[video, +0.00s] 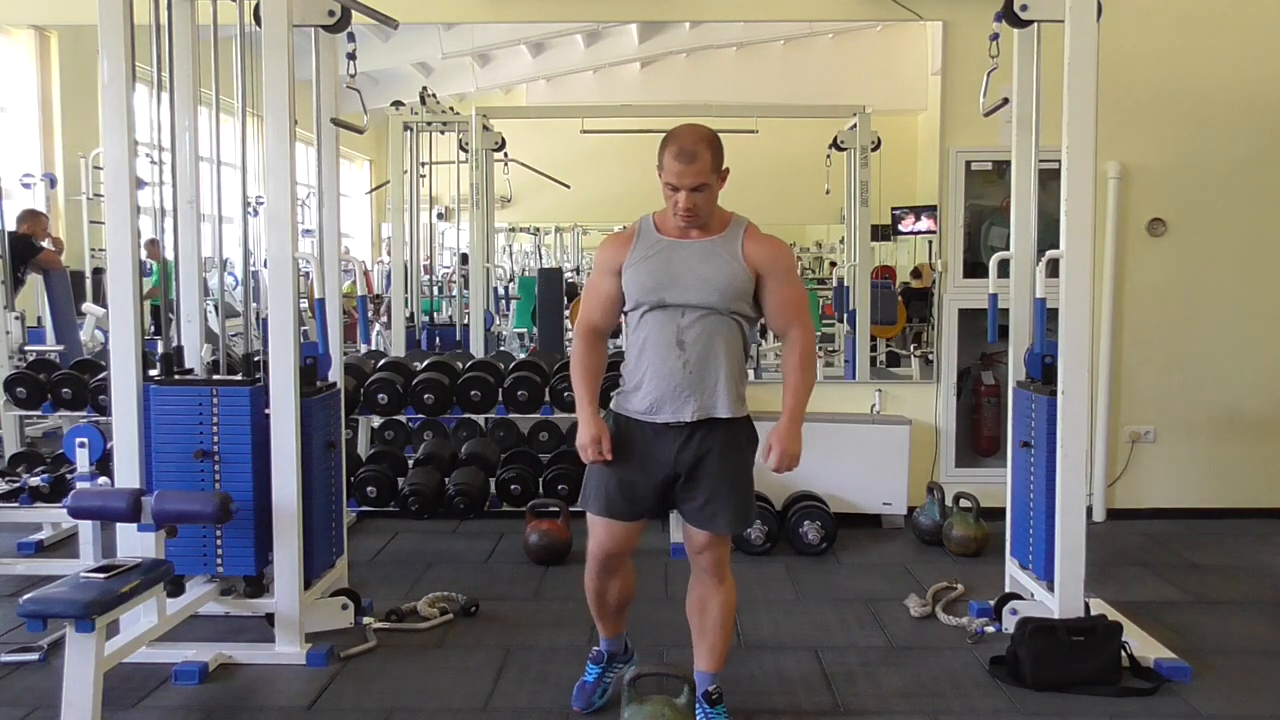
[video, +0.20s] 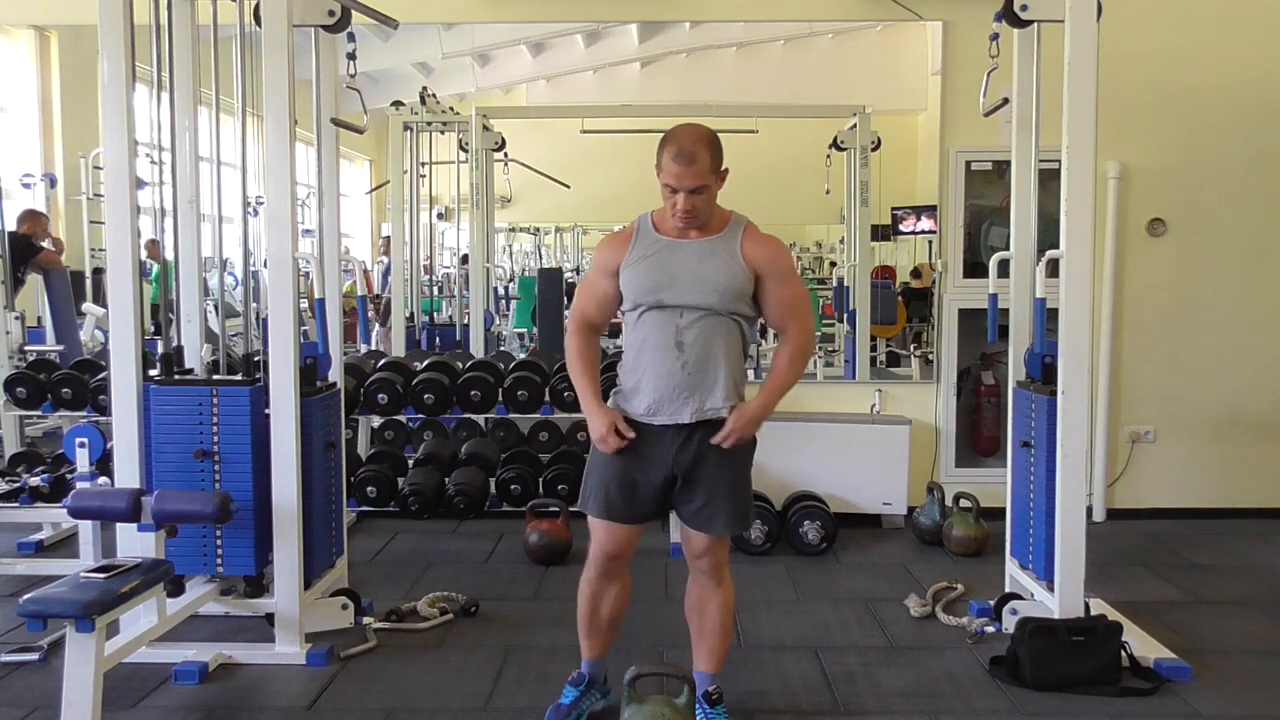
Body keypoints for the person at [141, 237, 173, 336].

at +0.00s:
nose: (147, 255)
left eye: (148, 250)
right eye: (146, 251)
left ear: (155, 249)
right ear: (154, 249)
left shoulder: (164, 265)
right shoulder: (158, 266)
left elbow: (157, 289)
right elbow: (156, 289)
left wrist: (141, 299)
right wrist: (142, 298)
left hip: (163, 304)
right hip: (156, 304)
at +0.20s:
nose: (147, 255)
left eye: (149, 250)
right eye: (147, 251)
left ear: (156, 249)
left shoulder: (166, 266)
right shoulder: (157, 266)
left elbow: (166, 288)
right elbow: (154, 283)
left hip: (163, 304)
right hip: (155, 303)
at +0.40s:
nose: (148, 255)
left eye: (151, 251)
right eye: (148, 252)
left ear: (159, 250)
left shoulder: (168, 266)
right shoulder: (157, 267)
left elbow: (170, 288)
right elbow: (149, 289)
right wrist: (144, 293)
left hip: (164, 305)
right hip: (155, 305)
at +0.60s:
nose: (152, 255)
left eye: (155, 252)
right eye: (150, 252)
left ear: (161, 250)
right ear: (148, 252)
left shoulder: (170, 266)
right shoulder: (150, 267)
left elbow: (174, 284)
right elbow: (145, 287)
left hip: (168, 302)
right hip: (154, 303)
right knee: (156, 332)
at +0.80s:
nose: (155, 254)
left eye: (157, 250)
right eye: (152, 251)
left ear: (162, 250)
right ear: (150, 251)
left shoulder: (169, 266)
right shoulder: (149, 266)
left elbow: (171, 283)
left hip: (167, 301)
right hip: (152, 301)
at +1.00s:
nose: (158, 250)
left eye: (161, 246)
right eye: (156, 246)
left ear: (165, 248)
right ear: (153, 247)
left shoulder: (170, 265)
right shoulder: (151, 264)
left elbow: (172, 283)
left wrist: (172, 297)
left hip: (167, 299)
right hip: (152, 300)